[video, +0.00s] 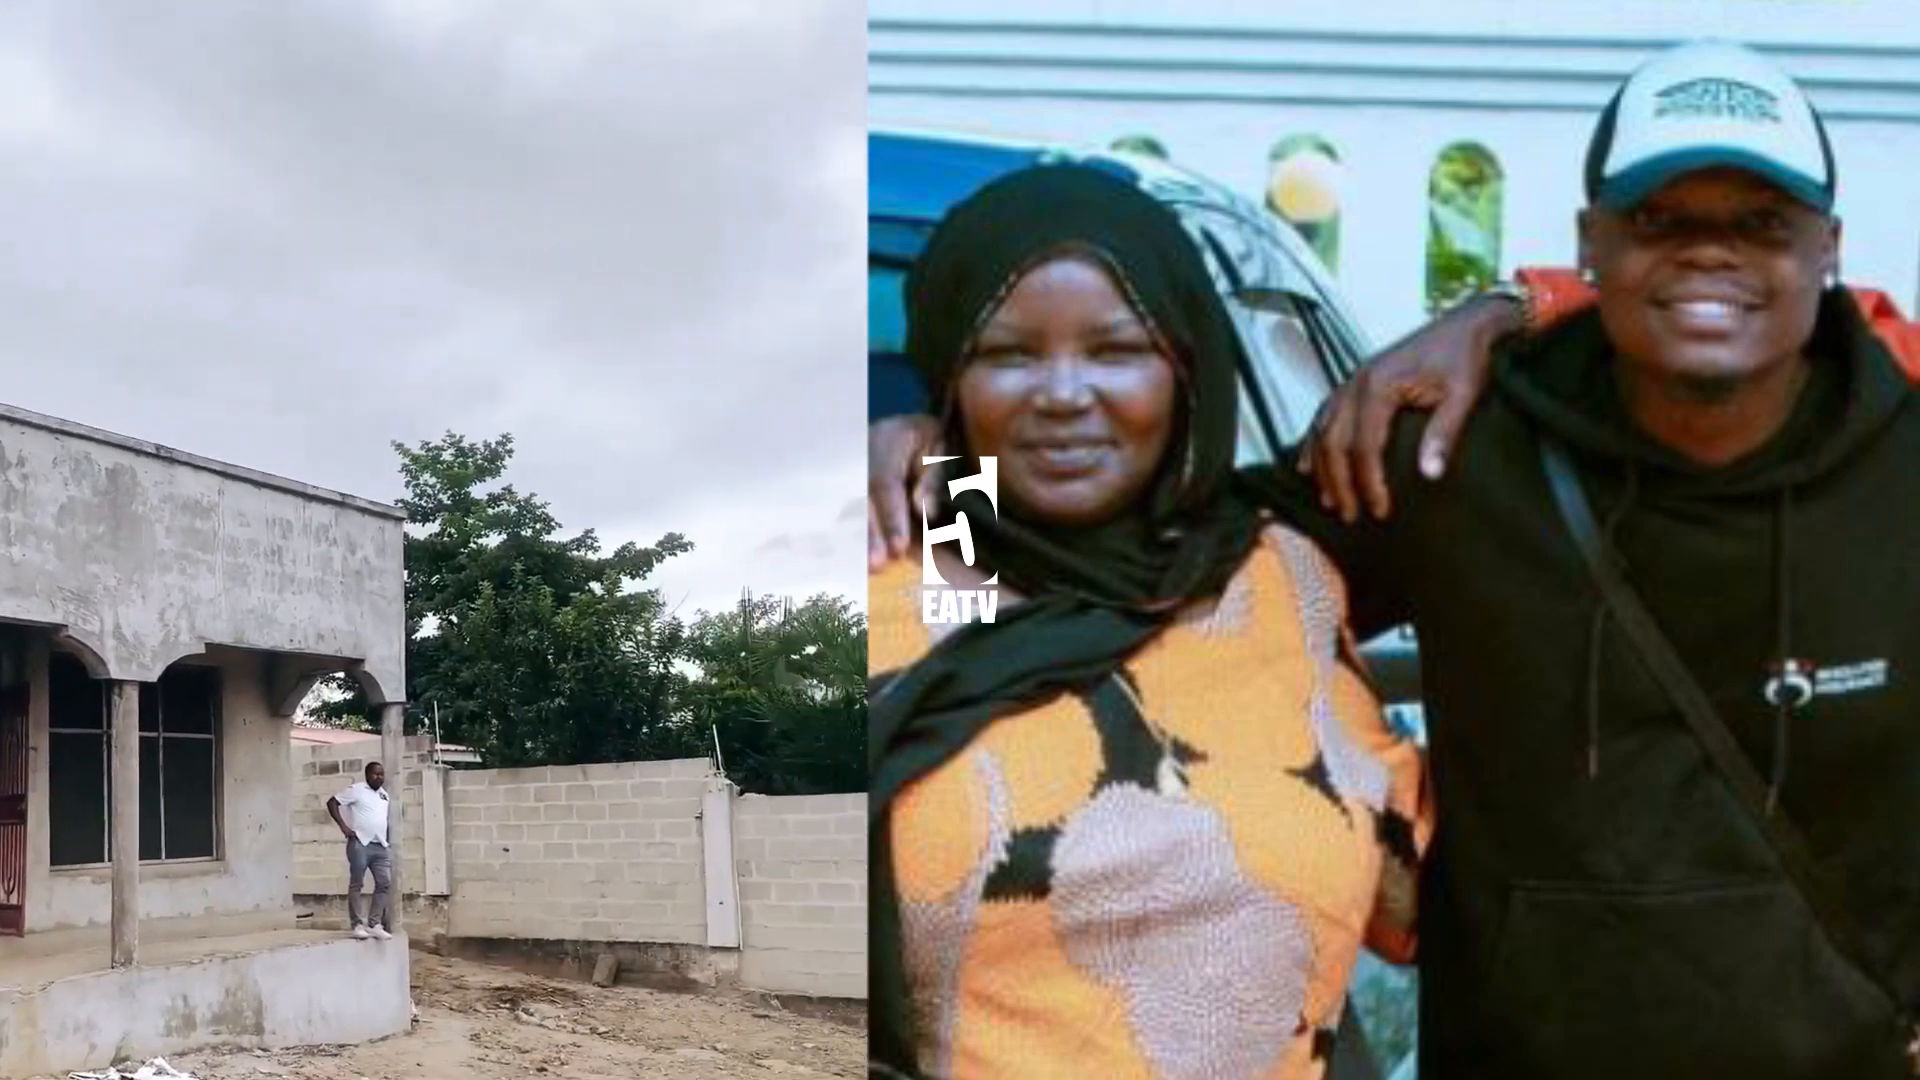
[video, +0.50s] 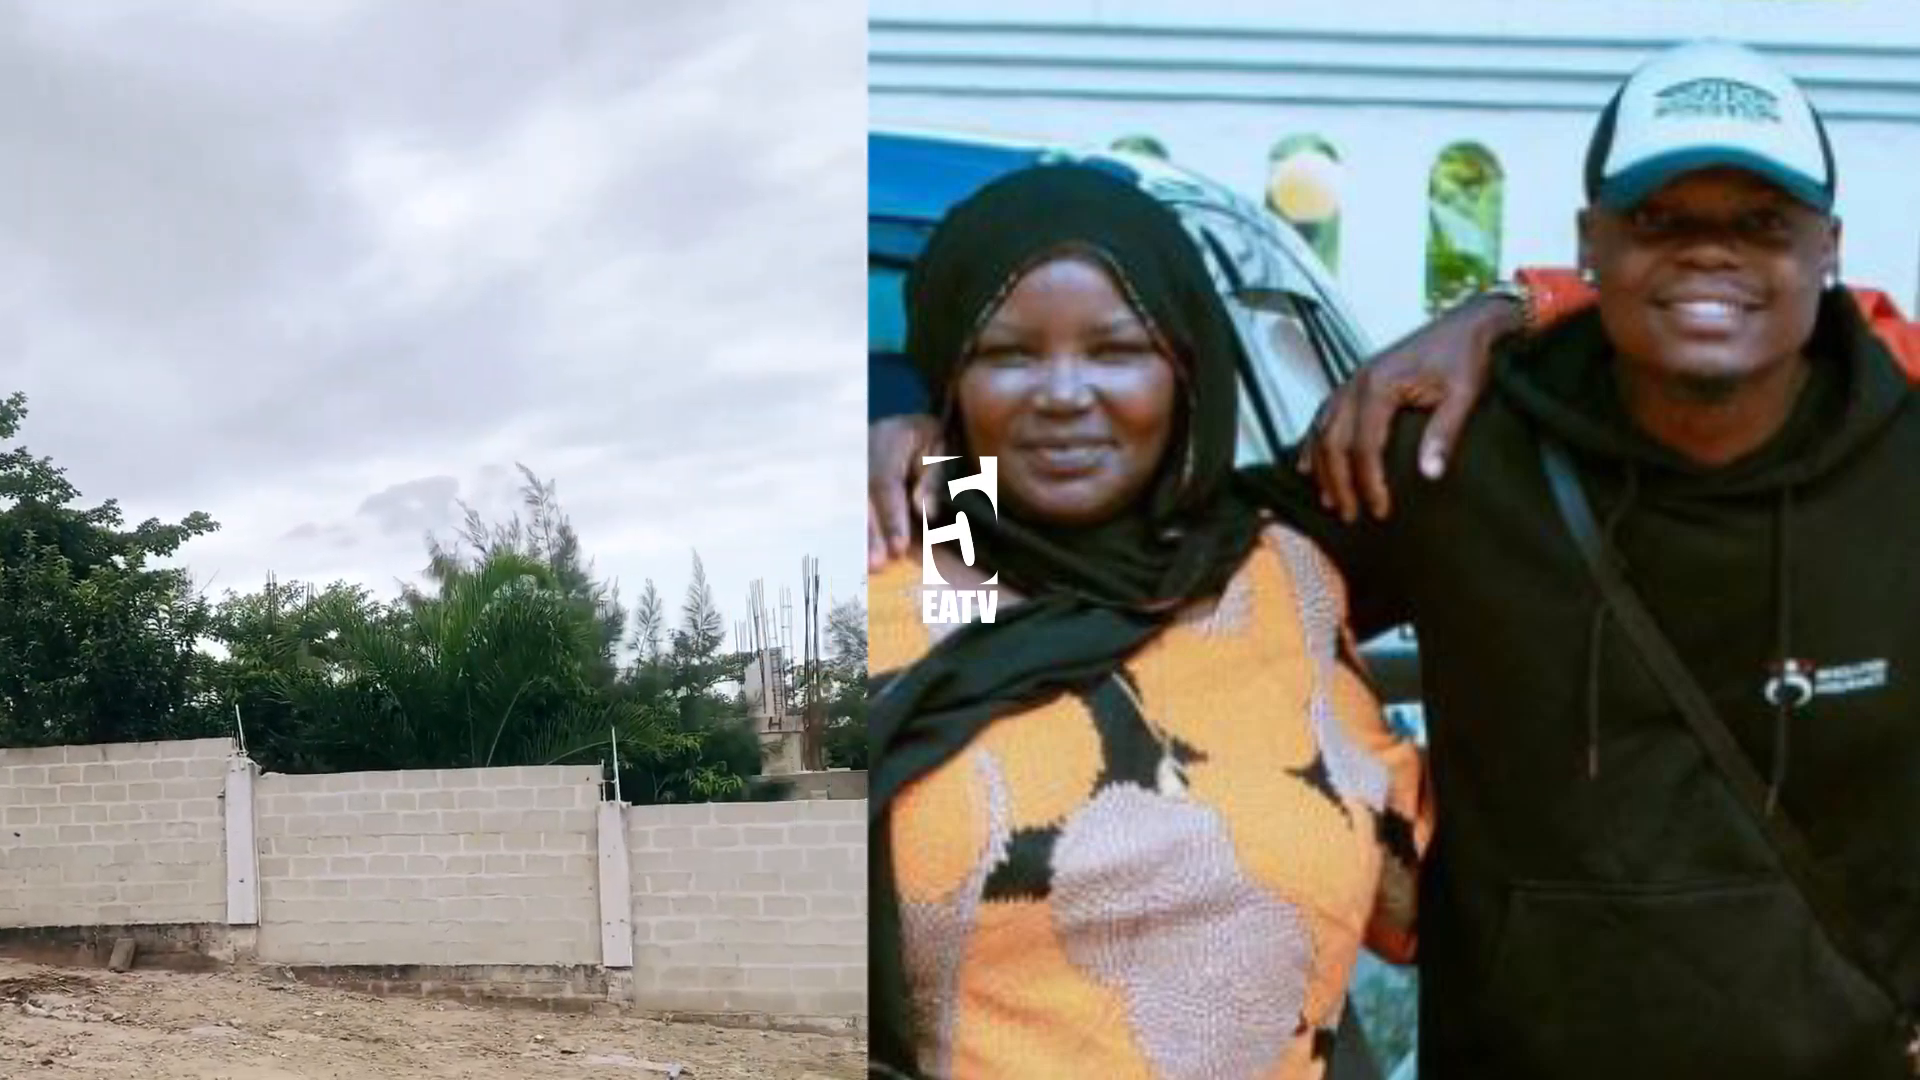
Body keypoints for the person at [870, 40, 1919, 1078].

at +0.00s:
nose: (1707, 252)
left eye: (1757, 220)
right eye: (1665, 215)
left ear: (1825, 251)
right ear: (1595, 242)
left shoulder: (1898, 442)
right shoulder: (1465, 447)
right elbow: (1174, 558)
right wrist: (955, 452)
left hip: (1848, 1037)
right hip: (1535, 1043)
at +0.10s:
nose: (1707, 251)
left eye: (1757, 219)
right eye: (1664, 214)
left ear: (1825, 250)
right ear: (1595, 242)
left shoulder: (1898, 445)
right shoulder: (1464, 449)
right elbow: (1174, 556)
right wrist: (961, 456)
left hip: (1848, 1036)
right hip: (1536, 1042)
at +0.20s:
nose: (1707, 251)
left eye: (1757, 219)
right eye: (1664, 214)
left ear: (1825, 250)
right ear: (1595, 241)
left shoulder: (1898, 444)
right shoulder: (1464, 449)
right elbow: (1173, 557)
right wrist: (959, 455)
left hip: (1848, 1037)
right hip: (1535, 1043)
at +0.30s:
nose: (1707, 251)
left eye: (1757, 219)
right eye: (1664, 214)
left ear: (1825, 250)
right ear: (1595, 241)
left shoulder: (1898, 443)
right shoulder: (1463, 448)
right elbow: (1176, 558)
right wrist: (963, 455)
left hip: (1849, 1037)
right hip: (1536, 1044)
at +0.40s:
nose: (1707, 251)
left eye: (1757, 218)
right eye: (1664, 214)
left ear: (1826, 250)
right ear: (1595, 241)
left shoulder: (1898, 443)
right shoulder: (1463, 448)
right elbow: (1172, 558)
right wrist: (959, 452)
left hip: (1848, 1037)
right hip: (1535, 1043)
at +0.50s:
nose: (1707, 251)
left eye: (1757, 218)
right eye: (1664, 214)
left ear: (1826, 250)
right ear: (1595, 241)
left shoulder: (1898, 444)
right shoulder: (1464, 449)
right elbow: (1175, 557)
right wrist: (964, 453)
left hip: (1848, 1037)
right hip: (1536, 1043)